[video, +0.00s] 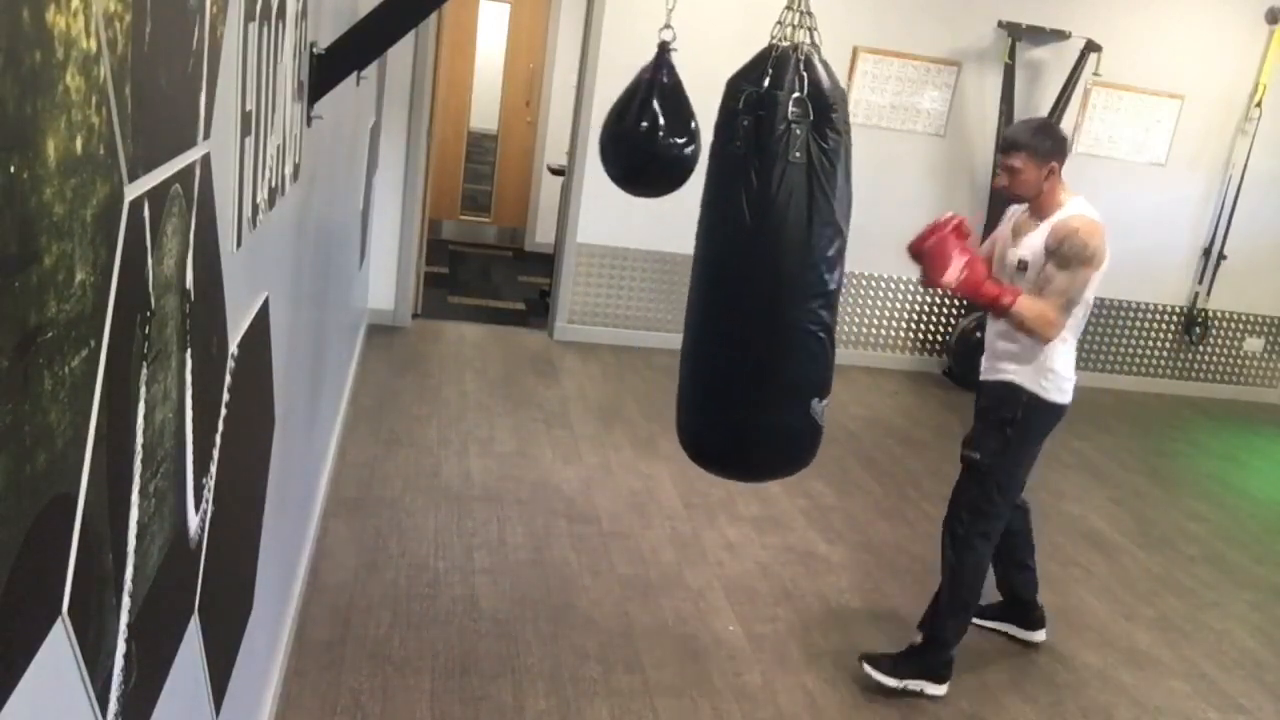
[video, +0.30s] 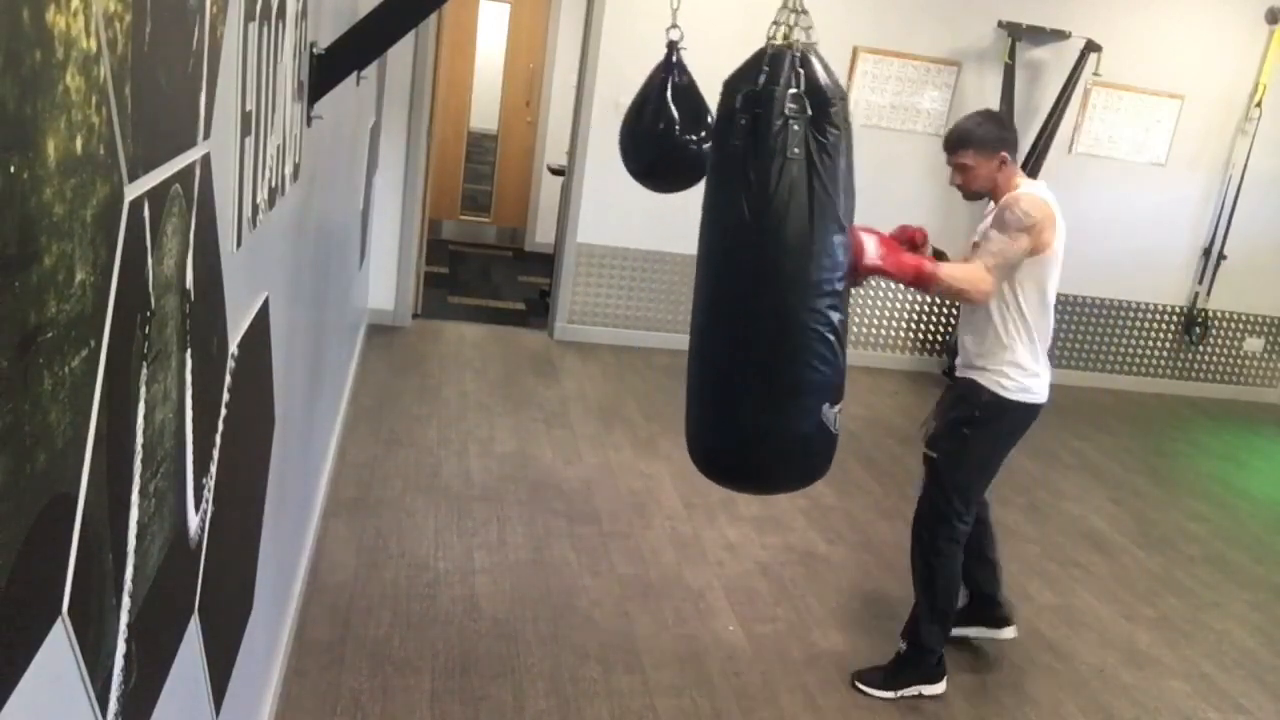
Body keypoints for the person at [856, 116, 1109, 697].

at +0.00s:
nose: (1003, 176)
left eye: (1013, 168)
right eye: (1002, 166)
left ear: (1051, 169)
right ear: (1021, 170)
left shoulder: (1080, 232)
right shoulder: (1017, 218)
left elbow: (1047, 322)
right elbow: (979, 273)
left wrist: (981, 286)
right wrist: (951, 255)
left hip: (1030, 390)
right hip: (1003, 380)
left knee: (971, 518)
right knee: (1001, 498)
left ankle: (932, 660)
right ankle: (1022, 607)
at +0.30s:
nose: (955, 179)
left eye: (962, 168)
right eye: (953, 168)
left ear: (1001, 161)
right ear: (993, 163)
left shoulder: (1028, 209)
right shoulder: (1008, 207)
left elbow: (980, 283)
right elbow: (983, 283)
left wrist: (898, 262)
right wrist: (932, 257)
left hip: (1001, 387)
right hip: (987, 377)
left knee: (941, 513)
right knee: (959, 493)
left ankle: (922, 661)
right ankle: (987, 606)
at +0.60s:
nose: (937, 189)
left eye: (946, 179)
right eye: (935, 178)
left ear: (986, 171)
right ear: (963, 170)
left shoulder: (1020, 221)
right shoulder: (967, 217)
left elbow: (981, 305)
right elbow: (941, 283)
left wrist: (908, 279)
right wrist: (888, 276)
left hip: (978, 398)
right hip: (948, 388)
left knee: (921, 532)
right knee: (944, 509)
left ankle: (892, 670)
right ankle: (978, 606)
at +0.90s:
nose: (933, 197)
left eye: (944, 187)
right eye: (931, 185)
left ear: (985, 179)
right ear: (937, 177)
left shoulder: (1033, 233)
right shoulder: (938, 211)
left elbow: (1019, 333)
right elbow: (868, 247)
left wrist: (942, 298)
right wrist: (823, 255)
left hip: (982, 400)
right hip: (939, 387)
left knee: (921, 535)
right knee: (947, 503)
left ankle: (892, 670)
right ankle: (979, 605)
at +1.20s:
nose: (945, 197)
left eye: (952, 185)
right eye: (942, 186)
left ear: (992, 174)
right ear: (970, 177)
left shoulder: (1040, 228)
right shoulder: (971, 230)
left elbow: (1043, 324)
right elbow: (956, 310)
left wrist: (969, 296)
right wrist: (914, 274)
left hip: (1003, 403)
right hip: (974, 391)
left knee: (917, 526)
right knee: (959, 515)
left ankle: (893, 668)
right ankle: (981, 631)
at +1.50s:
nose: (977, 230)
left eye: (979, 219)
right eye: (972, 220)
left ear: (1011, 202)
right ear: (1011, 202)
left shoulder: (1057, 251)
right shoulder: (1022, 243)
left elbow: (999, 336)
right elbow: (945, 300)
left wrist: (961, 266)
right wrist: (918, 246)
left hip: (1001, 422)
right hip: (992, 412)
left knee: (936, 557)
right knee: (958, 529)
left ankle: (926, 708)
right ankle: (982, 635)